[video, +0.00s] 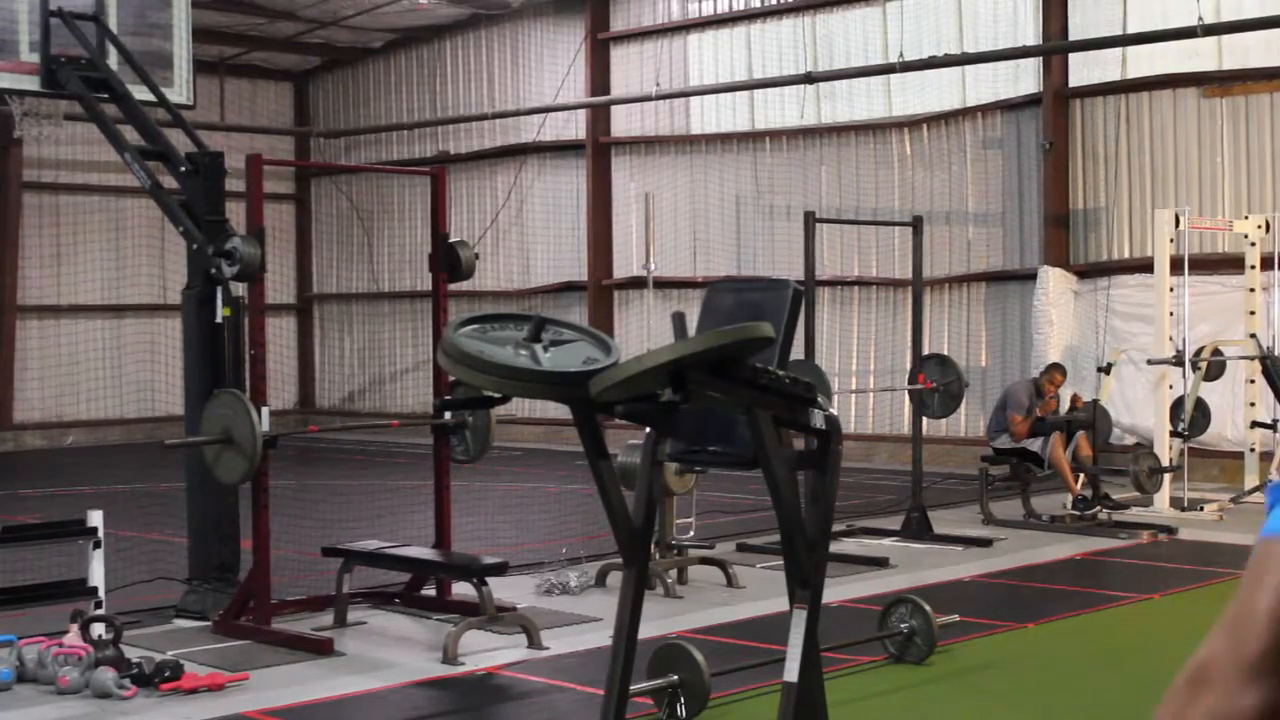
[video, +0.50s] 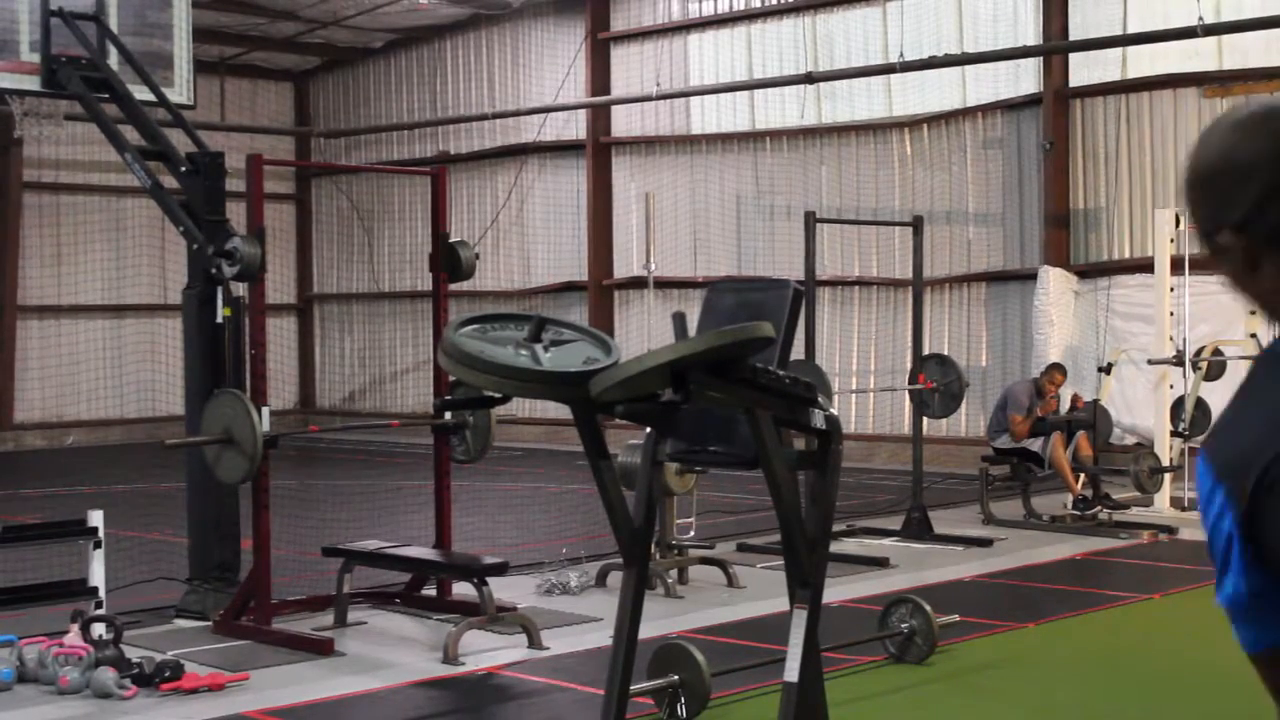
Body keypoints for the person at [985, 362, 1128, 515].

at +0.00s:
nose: (1052, 390)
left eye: (1057, 387)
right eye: (1050, 384)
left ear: (1060, 387)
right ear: (1041, 376)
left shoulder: (1049, 395)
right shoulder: (1019, 391)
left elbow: (1051, 427)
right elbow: (1017, 435)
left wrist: (1071, 412)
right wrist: (1039, 412)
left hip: (1028, 438)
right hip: (1002, 440)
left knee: (1079, 436)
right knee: (1054, 440)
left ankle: (1098, 493)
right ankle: (1077, 498)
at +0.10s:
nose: (1052, 390)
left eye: (1057, 387)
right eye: (1050, 384)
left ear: (1060, 387)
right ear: (1041, 376)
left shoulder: (1049, 395)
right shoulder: (1020, 391)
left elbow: (1052, 426)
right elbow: (1017, 435)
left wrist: (1072, 412)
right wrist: (1040, 412)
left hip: (1028, 438)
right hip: (1002, 439)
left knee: (1079, 436)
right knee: (1054, 440)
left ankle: (1098, 493)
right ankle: (1077, 498)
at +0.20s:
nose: (1053, 390)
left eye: (1057, 387)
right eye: (1050, 384)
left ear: (1060, 386)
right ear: (1041, 376)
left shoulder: (1049, 395)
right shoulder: (1019, 392)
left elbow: (1052, 426)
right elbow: (1017, 434)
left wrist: (1071, 412)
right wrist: (1040, 413)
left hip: (1028, 438)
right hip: (1003, 439)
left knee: (1079, 436)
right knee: (1054, 439)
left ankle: (1098, 493)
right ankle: (1077, 498)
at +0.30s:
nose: (1053, 390)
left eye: (1057, 387)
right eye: (1050, 384)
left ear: (1060, 386)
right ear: (1041, 376)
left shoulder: (1049, 395)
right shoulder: (1019, 392)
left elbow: (1051, 426)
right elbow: (1017, 435)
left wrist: (1071, 412)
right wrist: (1040, 413)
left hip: (1028, 438)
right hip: (1003, 440)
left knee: (1080, 436)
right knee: (1054, 439)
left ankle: (1098, 493)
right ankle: (1077, 498)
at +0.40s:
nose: (1053, 390)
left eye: (1057, 387)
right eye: (1051, 384)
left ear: (1060, 386)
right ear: (1041, 376)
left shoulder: (1049, 395)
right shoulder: (1019, 392)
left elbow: (1052, 426)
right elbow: (1017, 435)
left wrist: (1071, 412)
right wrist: (1039, 413)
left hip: (1027, 438)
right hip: (1003, 439)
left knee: (1079, 436)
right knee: (1054, 439)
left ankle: (1098, 493)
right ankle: (1078, 498)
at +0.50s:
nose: (1053, 390)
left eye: (1057, 387)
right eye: (1050, 384)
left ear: (1060, 386)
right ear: (1041, 376)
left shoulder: (1050, 395)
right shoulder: (1020, 392)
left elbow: (1052, 426)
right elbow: (1017, 435)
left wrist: (1071, 412)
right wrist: (1040, 413)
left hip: (1028, 438)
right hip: (1003, 439)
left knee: (1080, 436)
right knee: (1054, 439)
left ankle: (1098, 493)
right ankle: (1078, 497)